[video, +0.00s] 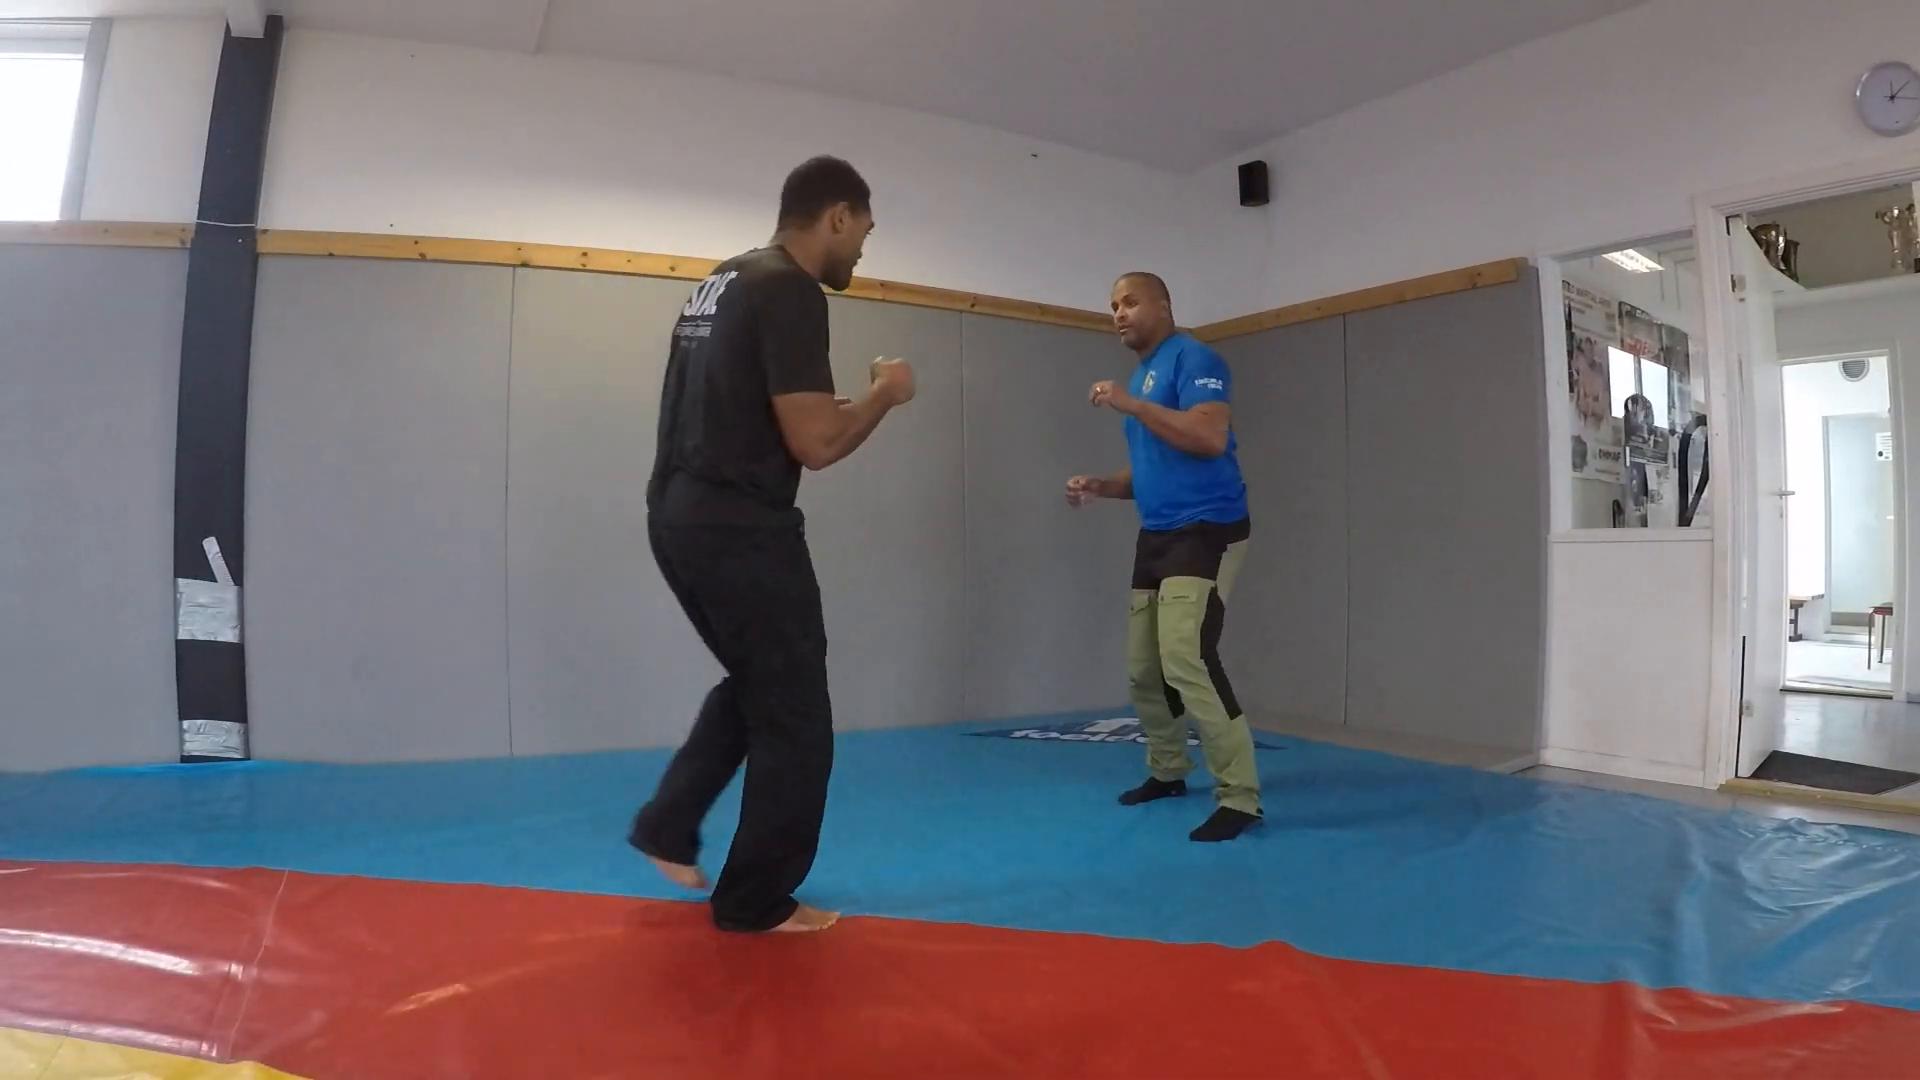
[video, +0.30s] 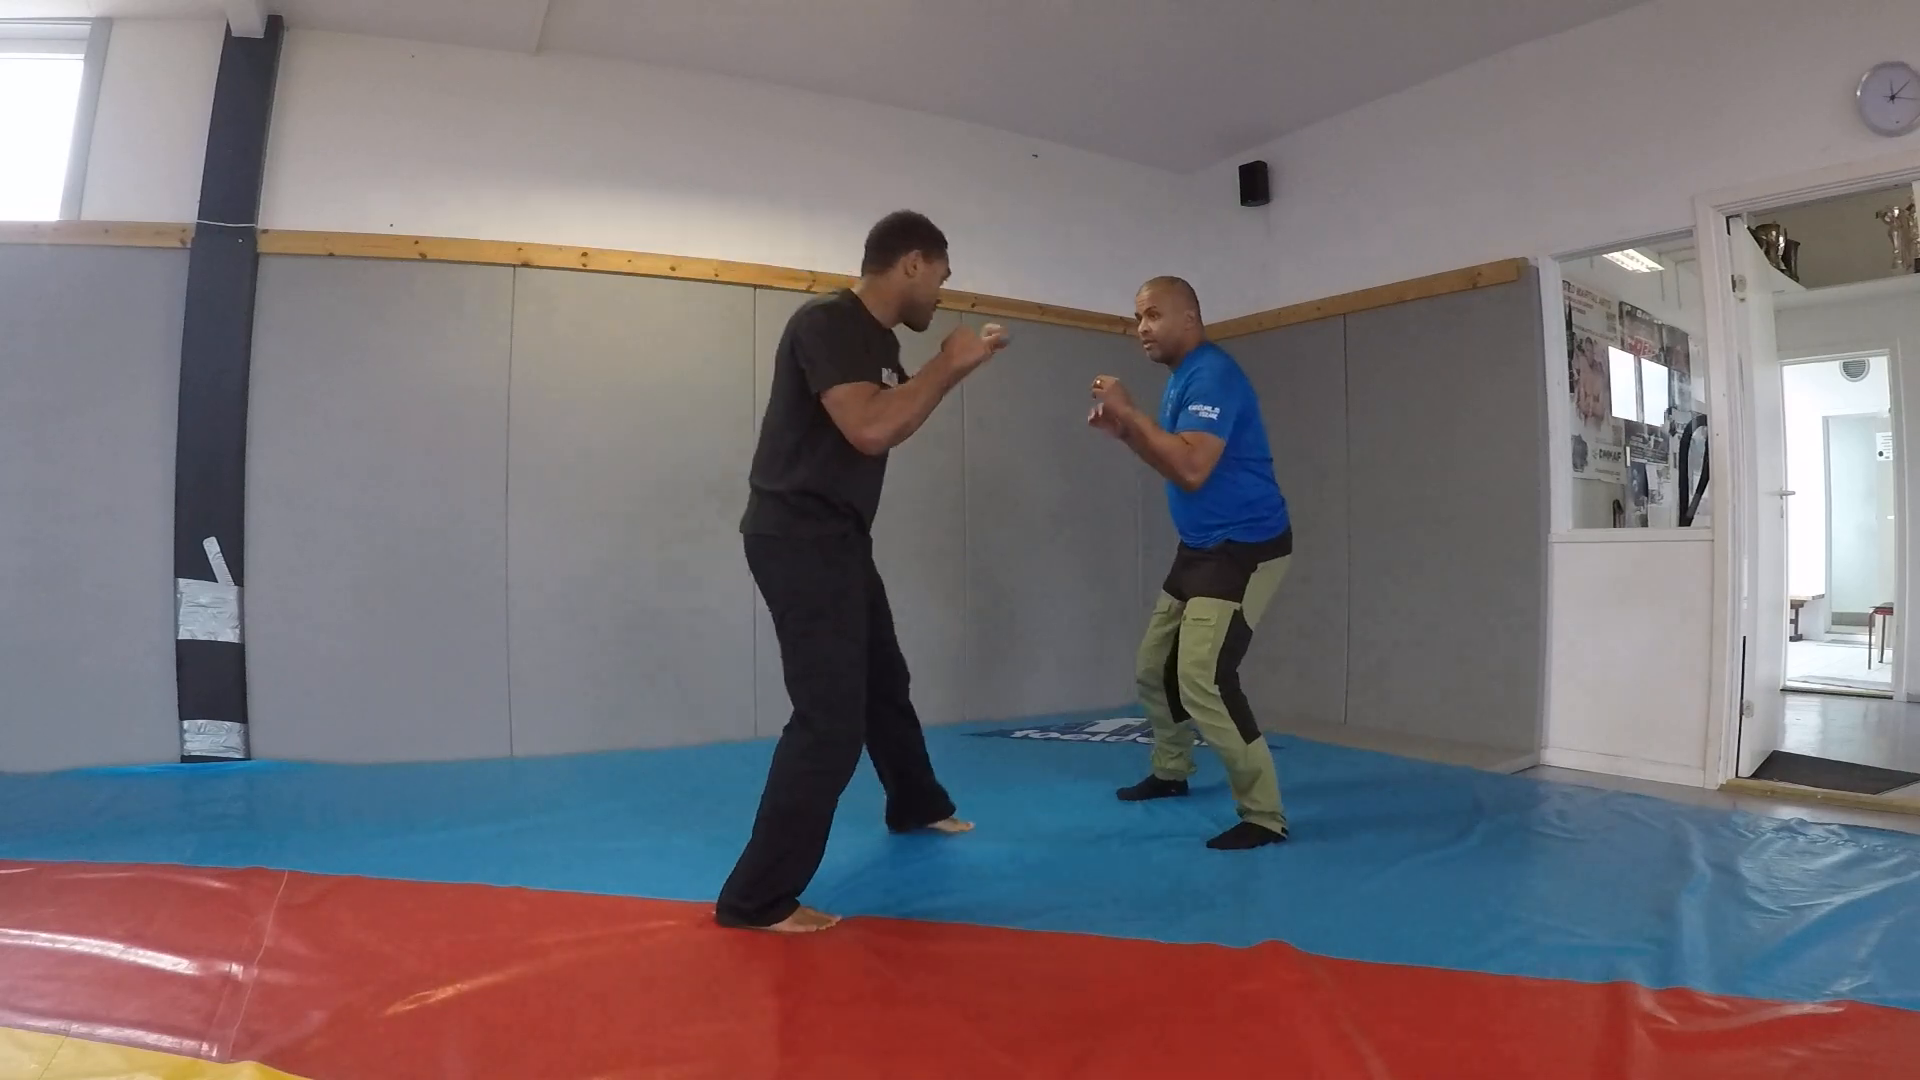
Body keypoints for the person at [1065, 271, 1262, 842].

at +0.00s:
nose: (1119, 316)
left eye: (1128, 303)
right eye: (1114, 310)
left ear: (1164, 306)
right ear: (1119, 323)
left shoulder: (1195, 359)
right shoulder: (1140, 381)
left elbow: (1211, 437)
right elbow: (1150, 474)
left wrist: (1132, 405)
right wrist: (1104, 485)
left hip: (1207, 530)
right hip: (1157, 533)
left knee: (1185, 656)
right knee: (1145, 667)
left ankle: (1240, 799)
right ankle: (1167, 774)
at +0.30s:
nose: (1141, 328)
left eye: (1151, 315)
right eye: (1138, 319)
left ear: (1190, 317)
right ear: (1147, 327)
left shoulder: (1214, 374)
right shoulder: (1182, 381)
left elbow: (1192, 467)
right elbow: (1178, 462)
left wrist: (1129, 415)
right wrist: (1128, 431)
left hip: (1247, 544)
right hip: (1201, 544)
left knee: (1203, 674)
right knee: (1157, 670)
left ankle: (1264, 817)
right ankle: (1171, 774)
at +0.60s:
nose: (1181, 327)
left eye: (1191, 314)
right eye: (1178, 318)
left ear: (1233, 317)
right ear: (1180, 324)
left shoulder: (1273, 386)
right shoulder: (1176, 370)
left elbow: (1275, 479)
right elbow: (1089, 389)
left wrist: (1213, 412)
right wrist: (1019, 342)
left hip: (1268, 544)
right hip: (1213, 545)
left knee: (1223, 670)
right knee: (1193, 665)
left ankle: (1264, 816)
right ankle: (1251, 740)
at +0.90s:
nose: (1173, 334)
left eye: (1184, 322)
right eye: (1168, 327)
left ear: (1221, 326)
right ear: (1170, 337)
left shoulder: (1257, 374)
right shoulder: (1174, 400)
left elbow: (1231, 409)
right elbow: (1164, 484)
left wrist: (1166, 344)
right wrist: (1139, 476)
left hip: (1264, 544)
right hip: (1214, 550)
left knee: (1224, 668)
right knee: (1225, 670)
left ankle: (1267, 813)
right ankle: (1258, 759)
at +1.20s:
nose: (1139, 362)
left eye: (1146, 350)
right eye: (1134, 357)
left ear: (1180, 347)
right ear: (1143, 365)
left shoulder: (1200, 380)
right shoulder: (1187, 396)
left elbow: (1176, 423)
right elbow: (1222, 468)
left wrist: (1099, 425)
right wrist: (1179, 501)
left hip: (1258, 537)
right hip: (1237, 540)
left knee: (1205, 659)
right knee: (1217, 654)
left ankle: (1257, 799)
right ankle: (1261, 754)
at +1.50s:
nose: (1111, 370)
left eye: (1118, 358)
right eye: (1106, 367)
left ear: (1152, 353)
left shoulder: (1169, 383)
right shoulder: (1171, 401)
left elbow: (1129, 407)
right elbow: (1204, 472)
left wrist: (1068, 386)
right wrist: (1153, 496)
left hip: (1228, 548)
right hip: (1247, 545)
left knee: (1163, 669)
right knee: (1218, 663)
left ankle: (1154, 816)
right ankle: (1263, 755)